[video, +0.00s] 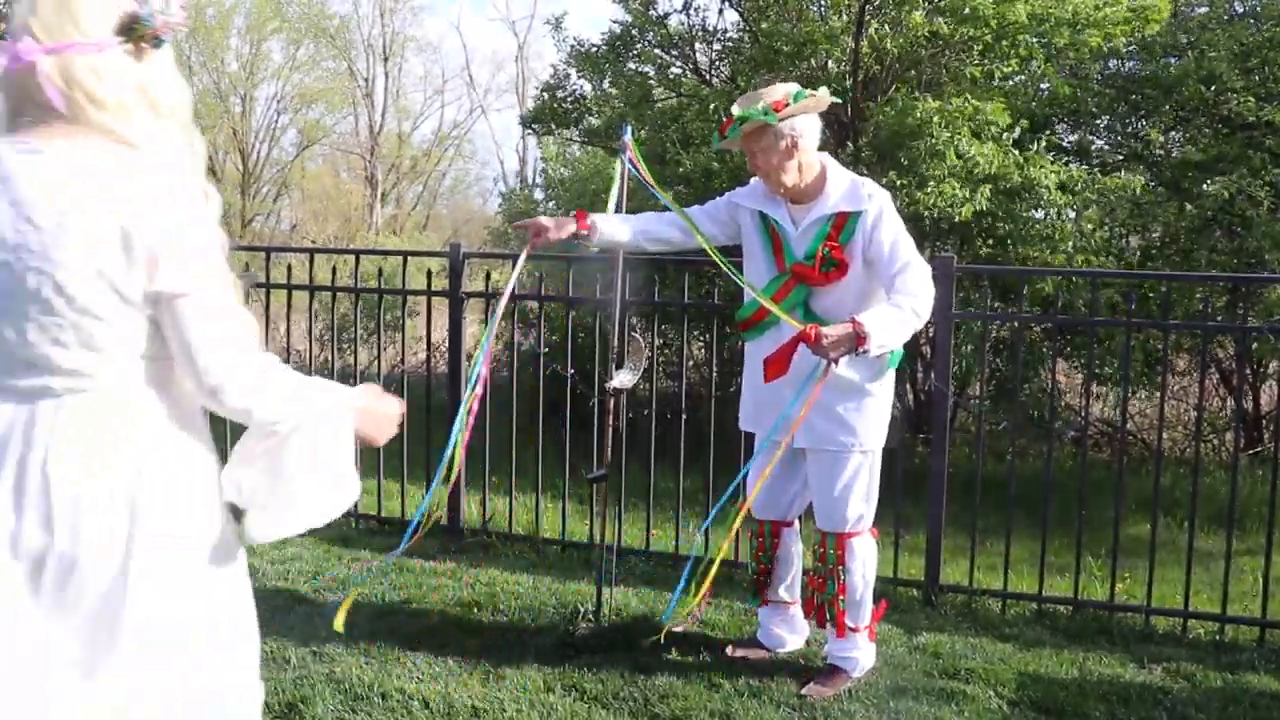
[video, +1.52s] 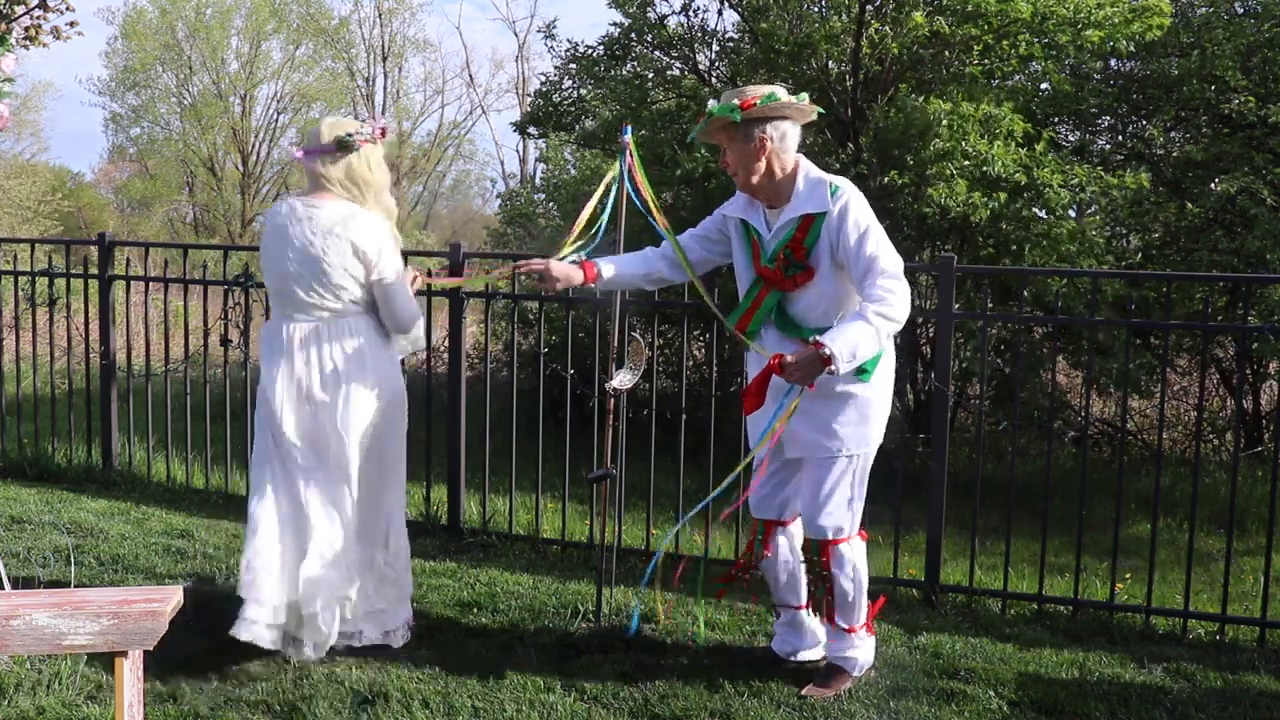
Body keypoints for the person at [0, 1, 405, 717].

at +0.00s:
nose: (164, 55)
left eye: (160, 35)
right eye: (153, 37)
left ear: (17, 59)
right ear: (121, 57)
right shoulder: (149, 179)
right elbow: (227, 372)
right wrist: (349, 408)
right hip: (123, 459)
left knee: (27, 677)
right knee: (156, 684)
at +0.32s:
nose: (162, 118)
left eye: (168, 109)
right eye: (279, 113)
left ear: (176, 123)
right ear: (265, 121)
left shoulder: (130, 214)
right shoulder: (285, 213)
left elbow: (108, 351)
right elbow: (356, 359)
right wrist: (450, 364)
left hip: (148, 431)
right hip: (259, 438)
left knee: (133, 635)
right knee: (255, 650)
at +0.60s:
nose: (248, 130)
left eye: (255, 119)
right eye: (253, 119)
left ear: (269, 132)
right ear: (342, 134)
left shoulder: (217, 208)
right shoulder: (365, 218)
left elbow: (178, 328)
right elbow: (423, 316)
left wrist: (151, 357)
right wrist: (480, 307)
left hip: (233, 389)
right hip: (336, 394)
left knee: (234, 571)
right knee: (334, 573)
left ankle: (229, 703)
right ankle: (322, 704)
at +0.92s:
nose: (383, 159)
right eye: (378, 149)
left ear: (304, 159)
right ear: (368, 160)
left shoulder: (266, 226)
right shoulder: (393, 235)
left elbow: (224, 320)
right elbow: (438, 330)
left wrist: (175, 366)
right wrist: (478, 312)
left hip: (284, 390)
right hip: (366, 392)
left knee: (286, 534)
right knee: (369, 535)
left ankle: (283, 686)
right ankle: (361, 683)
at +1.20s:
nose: (387, 172)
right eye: (380, 164)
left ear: (314, 175)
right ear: (375, 175)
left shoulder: (283, 234)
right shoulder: (399, 242)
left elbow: (263, 320)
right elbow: (425, 338)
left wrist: (298, 350)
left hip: (299, 388)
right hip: (377, 389)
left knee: (286, 521)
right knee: (367, 525)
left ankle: (273, 667)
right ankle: (359, 671)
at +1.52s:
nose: (298, 162)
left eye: (306, 156)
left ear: (317, 165)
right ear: (363, 167)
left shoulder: (276, 218)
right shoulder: (369, 225)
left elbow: (288, 285)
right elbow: (402, 316)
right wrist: (409, 289)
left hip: (287, 357)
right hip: (354, 356)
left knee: (288, 484)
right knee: (364, 486)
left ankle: (286, 615)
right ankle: (363, 615)